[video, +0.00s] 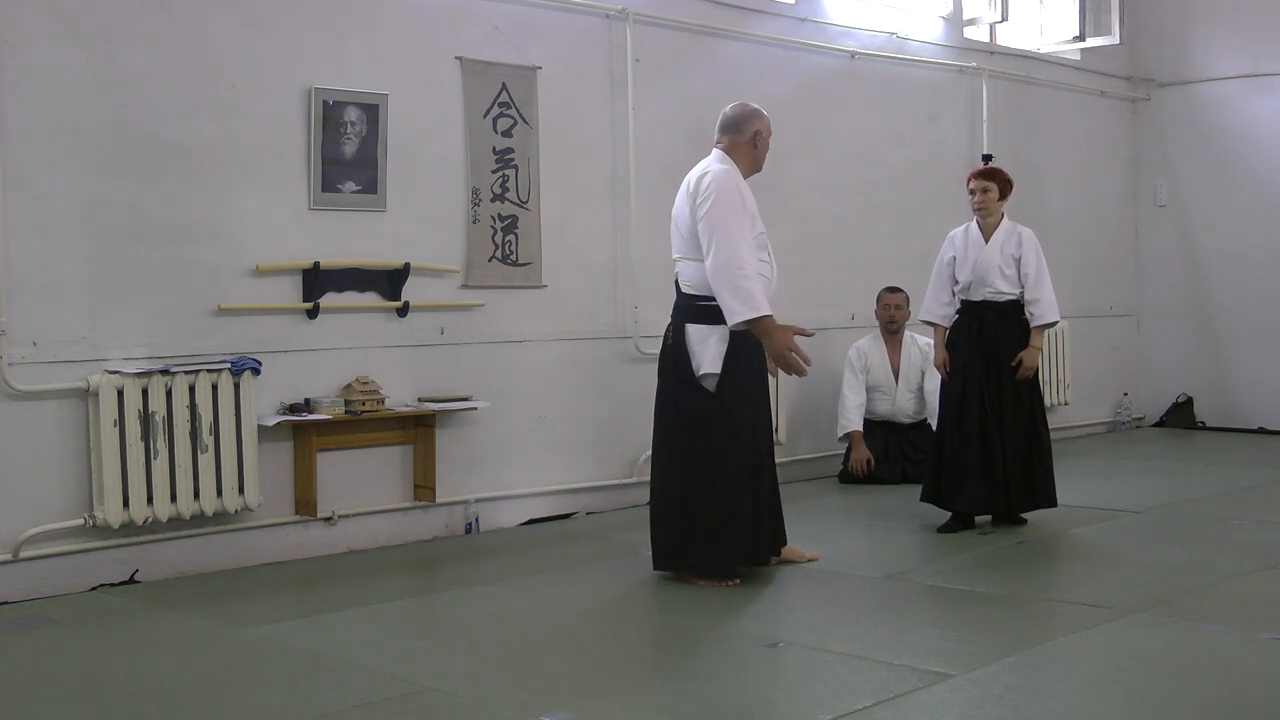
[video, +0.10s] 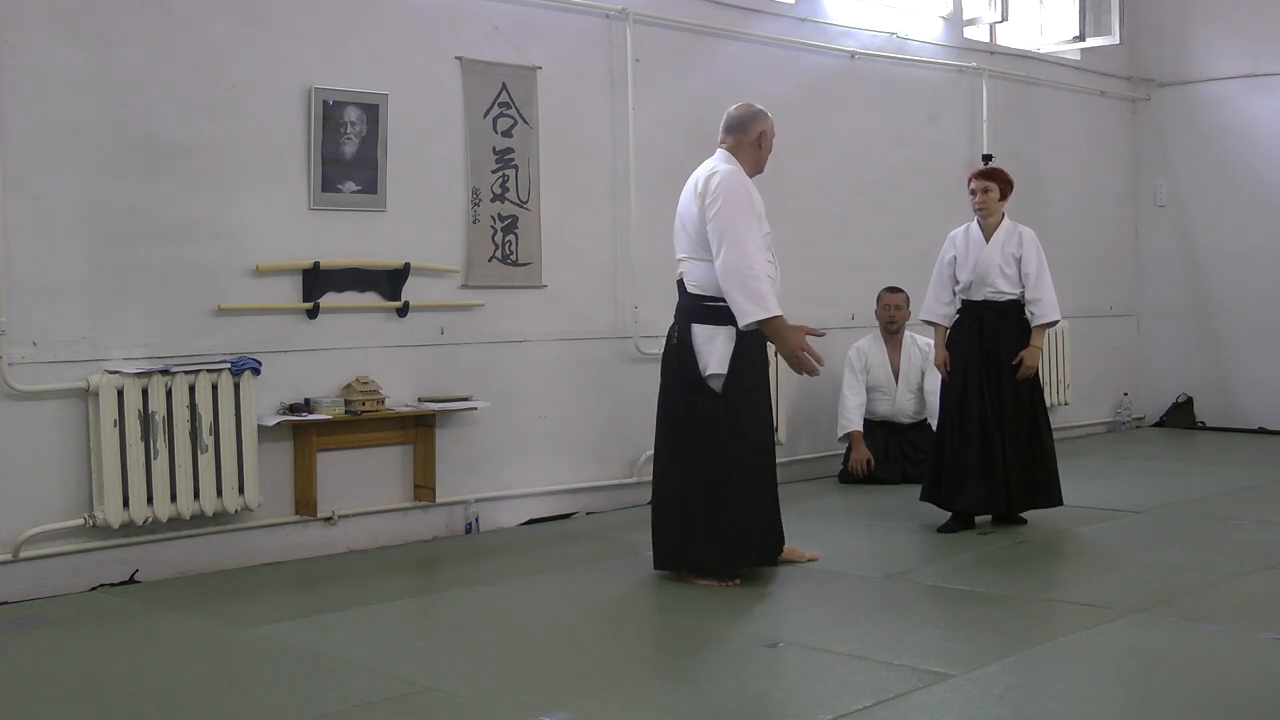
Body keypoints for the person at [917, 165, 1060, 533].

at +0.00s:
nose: (978, 198)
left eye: (986, 192)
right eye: (973, 192)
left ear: (1002, 196)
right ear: (968, 198)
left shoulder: (1022, 237)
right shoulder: (957, 238)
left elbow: (1039, 294)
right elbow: (941, 293)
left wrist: (1035, 345)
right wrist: (939, 344)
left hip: (1010, 331)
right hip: (967, 332)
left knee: (1010, 416)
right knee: (963, 416)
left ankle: (1007, 506)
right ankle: (963, 509)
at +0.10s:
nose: (978, 198)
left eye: (986, 192)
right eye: (974, 193)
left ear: (1003, 196)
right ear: (969, 198)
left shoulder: (1022, 237)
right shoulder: (958, 238)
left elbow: (1040, 294)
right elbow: (942, 293)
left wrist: (1035, 345)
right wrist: (939, 343)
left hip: (1010, 330)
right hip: (968, 331)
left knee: (1010, 415)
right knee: (964, 416)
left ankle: (1006, 506)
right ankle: (963, 509)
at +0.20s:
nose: (979, 198)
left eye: (987, 192)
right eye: (974, 193)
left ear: (1004, 196)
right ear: (969, 198)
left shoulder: (1023, 237)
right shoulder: (958, 238)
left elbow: (1041, 294)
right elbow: (942, 293)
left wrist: (1035, 345)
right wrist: (939, 343)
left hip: (1010, 330)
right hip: (968, 331)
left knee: (1010, 415)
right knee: (964, 415)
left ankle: (1006, 506)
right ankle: (963, 509)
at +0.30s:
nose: (980, 198)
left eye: (988, 192)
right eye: (975, 193)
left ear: (1005, 196)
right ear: (970, 198)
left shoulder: (1023, 237)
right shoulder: (959, 238)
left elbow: (1041, 294)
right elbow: (942, 292)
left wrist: (1035, 345)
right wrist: (939, 343)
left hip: (1010, 330)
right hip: (968, 331)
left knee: (1010, 415)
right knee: (964, 416)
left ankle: (1006, 506)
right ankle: (963, 509)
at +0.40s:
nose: (980, 198)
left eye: (988, 192)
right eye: (975, 193)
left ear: (1005, 196)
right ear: (971, 198)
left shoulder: (1024, 237)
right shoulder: (959, 238)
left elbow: (1041, 294)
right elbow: (943, 293)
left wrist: (1035, 345)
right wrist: (940, 343)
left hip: (1010, 330)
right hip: (968, 331)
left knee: (1010, 415)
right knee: (964, 416)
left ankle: (1006, 506)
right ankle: (963, 509)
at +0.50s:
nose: (981, 198)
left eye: (989, 192)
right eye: (976, 193)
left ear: (1005, 196)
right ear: (971, 198)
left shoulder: (1024, 237)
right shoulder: (959, 238)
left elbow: (1041, 294)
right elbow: (943, 292)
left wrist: (1036, 344)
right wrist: (940, 343)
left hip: (1011, 331)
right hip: (968, 332)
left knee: (1010, 416)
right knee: (964, 416)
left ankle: (1006, 506)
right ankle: (963, 509)